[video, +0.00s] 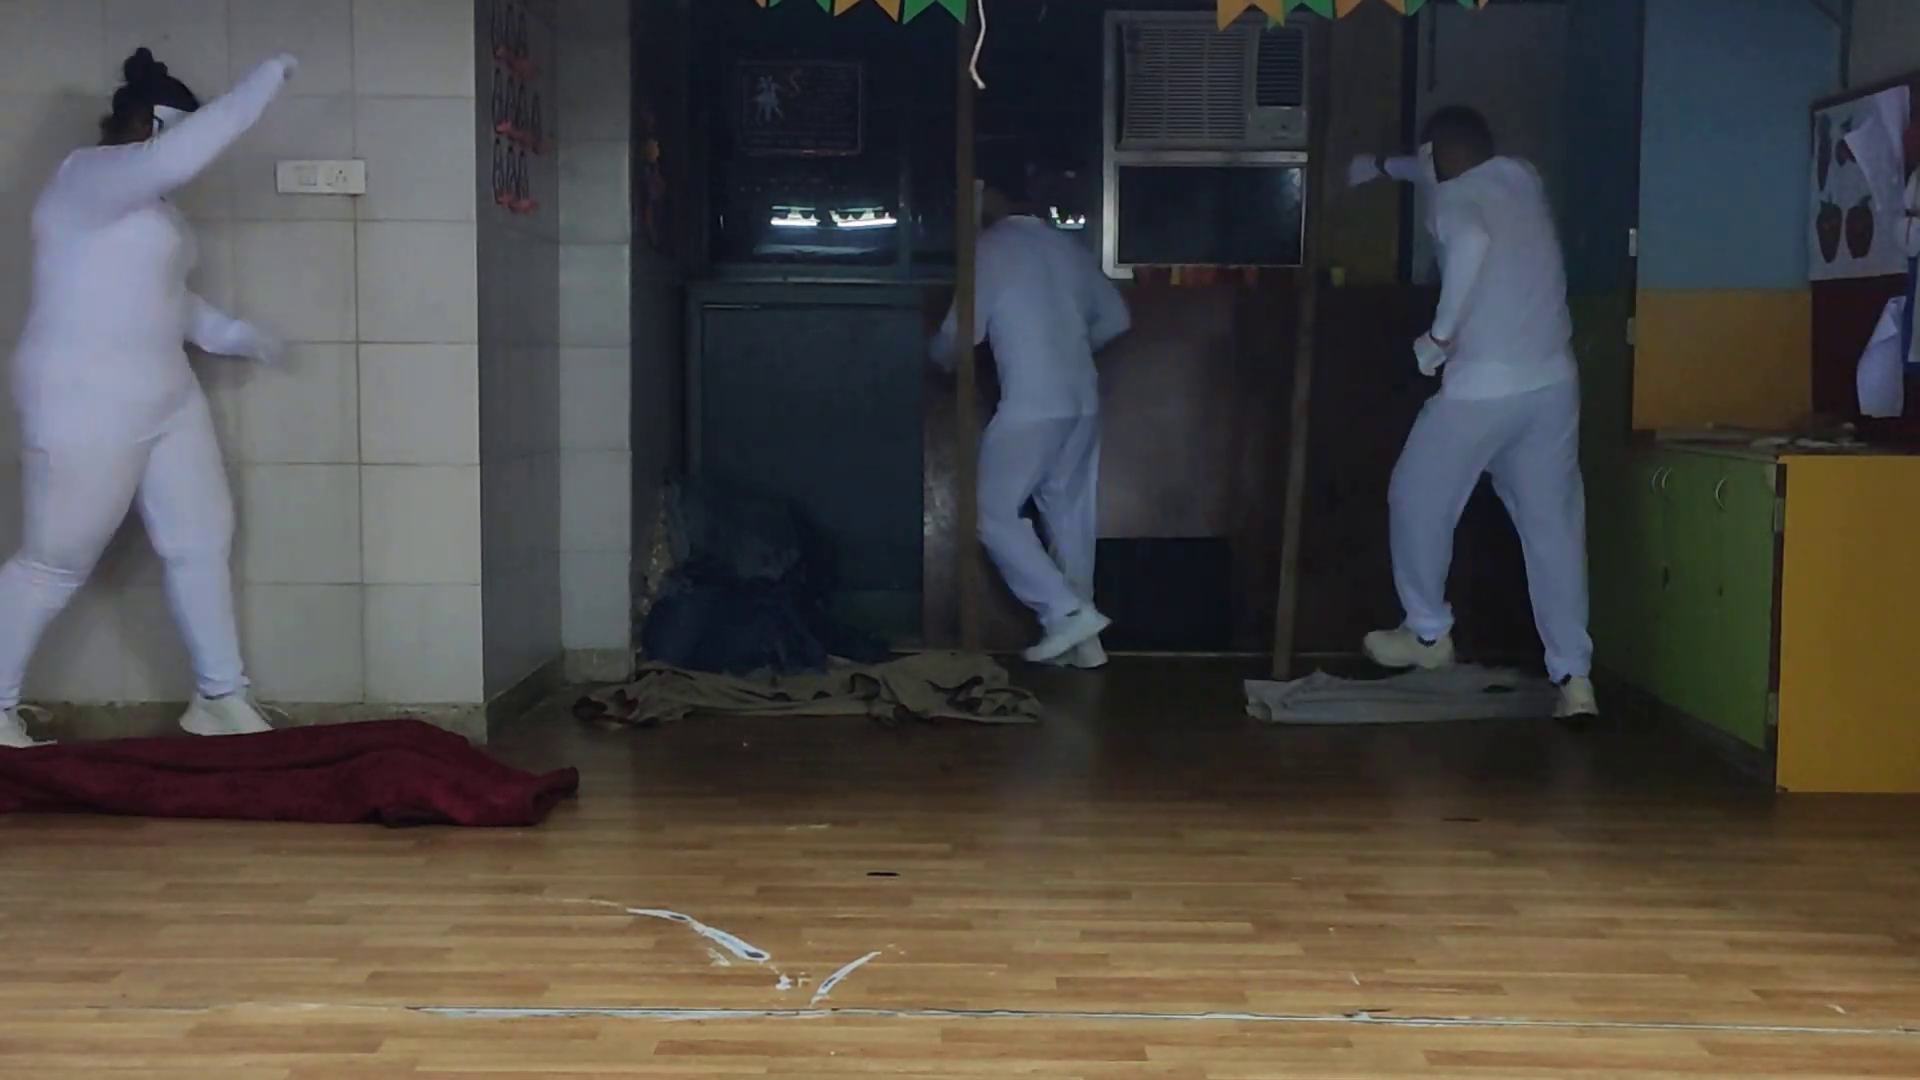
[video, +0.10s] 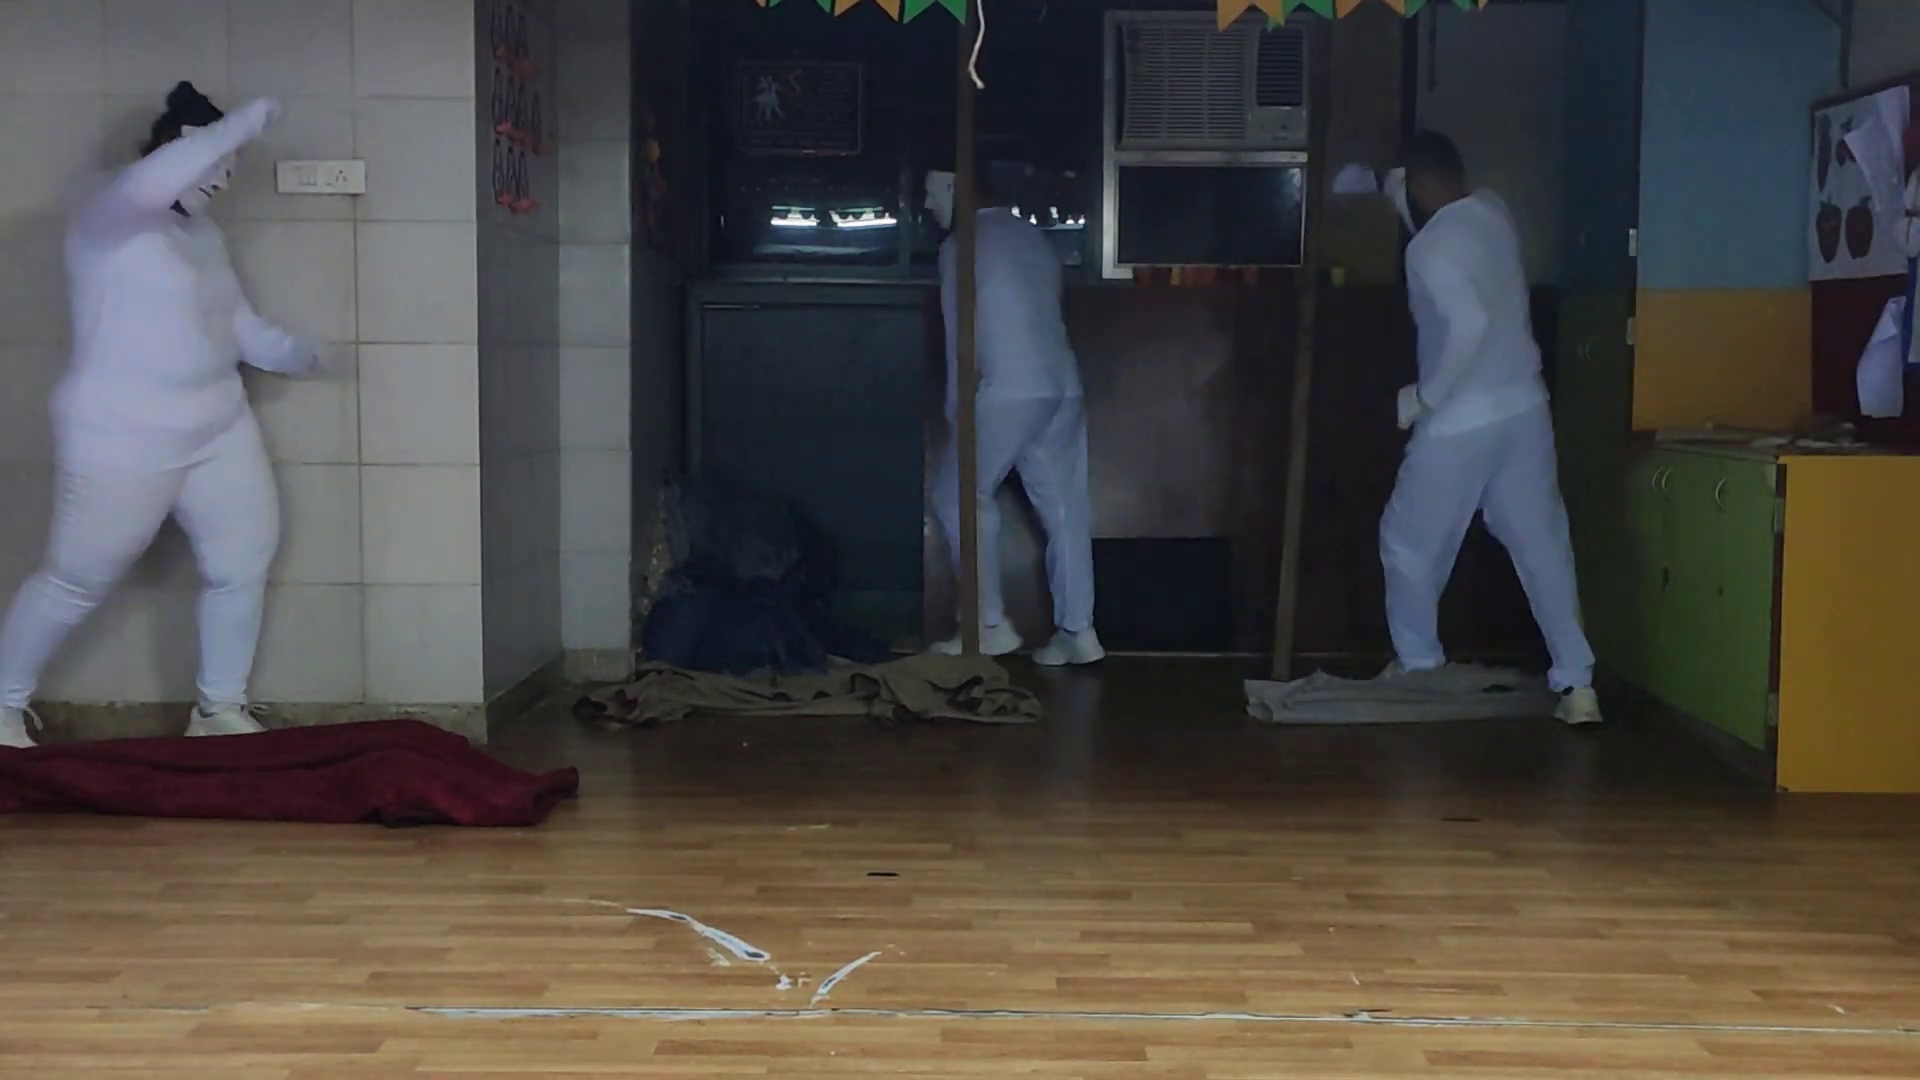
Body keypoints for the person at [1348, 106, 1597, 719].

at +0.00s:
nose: (1429, 163)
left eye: (1430, 154)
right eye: (1429, 156)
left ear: (1445, 151)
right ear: (1484, 146)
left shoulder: (1454, 192)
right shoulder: (1521, 177)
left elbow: (1470, 241)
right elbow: (1441, 163)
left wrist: (1439, 333)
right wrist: (1378, 166)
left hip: (1486, 384)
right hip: (1551, 382)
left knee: (1419, 494)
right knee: (1552, 525)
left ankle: (1426, 631)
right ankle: (1575, 676)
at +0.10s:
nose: (1406, 192)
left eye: (1406, 182)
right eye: (1405, 182)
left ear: (1419, 183)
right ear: (1460, 174)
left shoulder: (1431, 247)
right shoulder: (1493, 213)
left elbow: (1468, 324)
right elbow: (1427, 198)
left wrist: (1426, 395)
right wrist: (1377, 183)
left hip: (1462, 424)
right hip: (1525, 413)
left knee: (1410, 539)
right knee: (1542, 545)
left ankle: (1417, 661)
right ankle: (1577, 684)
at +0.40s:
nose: (1300, 165)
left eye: (1307, 152)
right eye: (1299, 153)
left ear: (1332, 148)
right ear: (1349, 150)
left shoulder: (1343, 201)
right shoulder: (1381, 197)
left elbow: (1305, 270)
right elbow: (1441, 239)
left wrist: (1230, 264)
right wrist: (1439, 315)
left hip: (1385, 384)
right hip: (1353, 380)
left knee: (1361, 509)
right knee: (1289, 453)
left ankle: (1397, 643)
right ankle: (1369, 559)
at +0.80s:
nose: (1244, 191)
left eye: (1258, 180)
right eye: (1235, 180)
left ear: (1284, 187)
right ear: (1224, 188)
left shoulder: (1321, 250)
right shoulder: (1211, 250)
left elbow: (1383, 318)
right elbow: (1176, 307)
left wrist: (1362, 393)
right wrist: (1131, 308)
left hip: (1297, 423)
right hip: (1231, 419)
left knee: (1282, 535)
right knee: (1197, 532)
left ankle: (1312, 621)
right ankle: (1199, 653)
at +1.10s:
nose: (1299, 194)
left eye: (1311, 183)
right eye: (1286, 184)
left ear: (1328, 191)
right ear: (1271, 192)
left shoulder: (1358, 257)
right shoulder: (1236, 250)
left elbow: (1390, 308)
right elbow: (1210, 297)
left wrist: (1369, 366)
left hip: (1327, 427)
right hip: (1251, 428)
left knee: (1352, 544)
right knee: (1232, 548)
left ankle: (1374, 655)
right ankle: (1257, 657)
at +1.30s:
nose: (1276, 189)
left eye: (1288, 178)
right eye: (1264, 178)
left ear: (1307, 183)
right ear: (1248, 185)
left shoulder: (1336, 244)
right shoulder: (1220, 238)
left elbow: (1365, 328)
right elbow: (1198, 284)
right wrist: (1198, 334)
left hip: (1318, 422)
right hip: (1238, 417)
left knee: (1349, 541)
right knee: (1183, 503)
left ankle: (1374, 659)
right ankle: (1198, 627)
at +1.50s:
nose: (1214, 214)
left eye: (1226, 203)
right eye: (1202, 203)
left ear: (1244, 206)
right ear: (1186, 210)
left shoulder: (1263, 237)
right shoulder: (1176, 263)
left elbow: (1238, 289)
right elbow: (1194, 327)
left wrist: (1153, 307)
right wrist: (1188, 362)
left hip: (1286, 426)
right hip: (1215, 424)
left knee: (1303, 548)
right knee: (1171, 542)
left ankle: (1333, 645)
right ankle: (1142, 656)